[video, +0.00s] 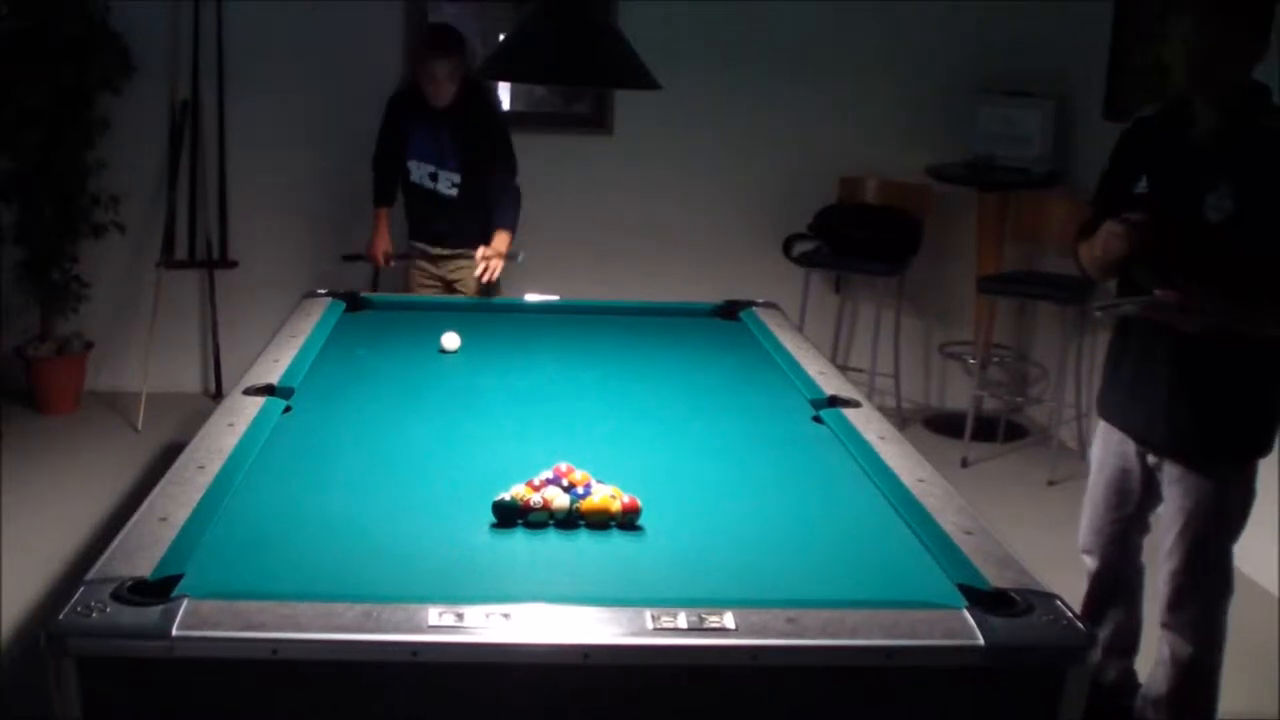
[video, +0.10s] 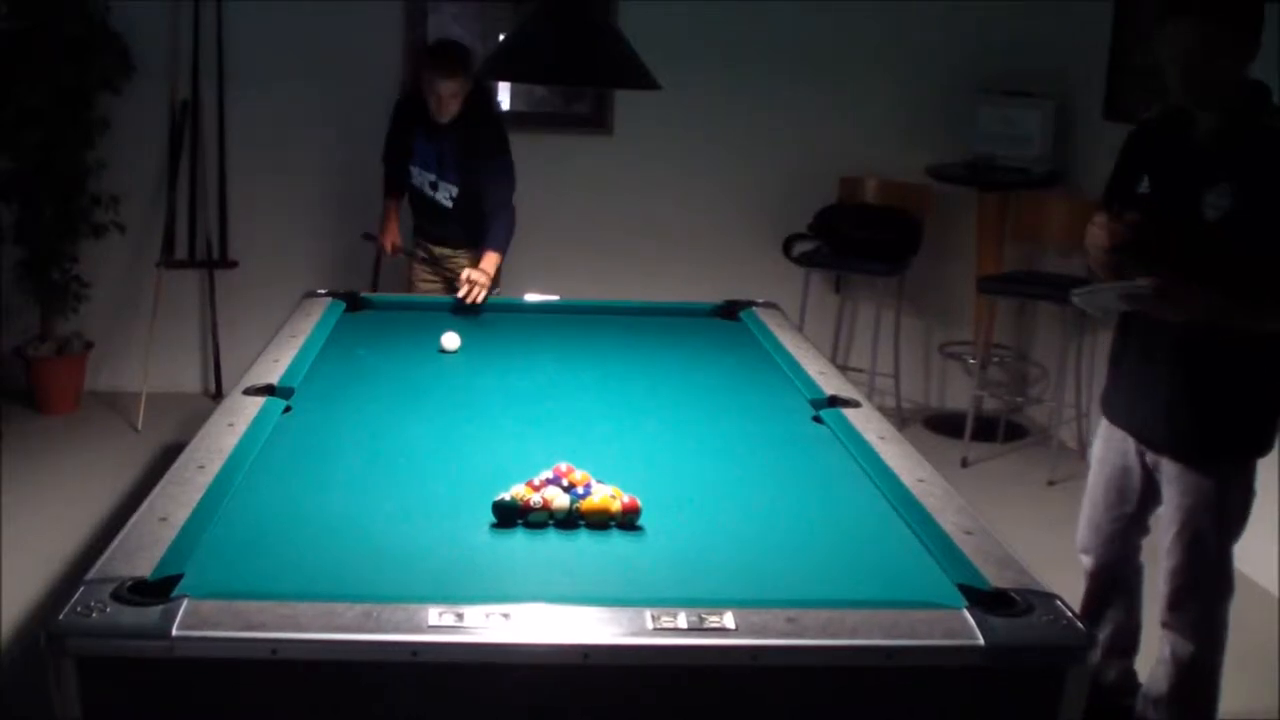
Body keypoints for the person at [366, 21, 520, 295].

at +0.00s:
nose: (440, 86)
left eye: (449, 77)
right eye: (431, 77)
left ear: (461, 74)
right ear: (418, 74)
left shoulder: (481, 112)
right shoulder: (403, 107)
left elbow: (505, 185)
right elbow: (384, 168)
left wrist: (499, 246)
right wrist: (381, 230)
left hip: (473, 258)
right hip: (422, 255)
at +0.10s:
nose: (444, 105)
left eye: (454, 96)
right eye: (436, 95)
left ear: (466, 91)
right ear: (424, 89)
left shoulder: (485, 125)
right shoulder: (409, 112)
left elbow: (501, 204)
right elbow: (395, 166)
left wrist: (486, 269)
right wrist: (391, 221)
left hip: (473, 255)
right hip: (425, 249)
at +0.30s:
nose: (444, 138)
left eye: (453, 130)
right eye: (437, 128)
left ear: (468, 123)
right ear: (425, 119)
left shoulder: (486, 151)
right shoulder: (413, 130)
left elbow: (494, 232)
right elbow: (402, 162)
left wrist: (467, 295)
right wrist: (399, 199)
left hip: (478, 243)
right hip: (434, 236)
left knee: (477, 323)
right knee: (429, 317)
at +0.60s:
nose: (433, 172)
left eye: (442, 163)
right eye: (426, 162)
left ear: (459, 149)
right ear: (416, 151)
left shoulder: (476, 172)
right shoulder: (404, 150)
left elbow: (490, 254)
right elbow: (401, 186)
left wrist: (460, 303)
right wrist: (402, 226)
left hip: (475, 241)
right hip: (435, 238)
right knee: (432, 309)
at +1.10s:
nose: (423, 211)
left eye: (433, 201)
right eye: (415, 201)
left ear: (448, 185)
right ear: (404, 190)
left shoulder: (468, 202)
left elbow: (488, 271)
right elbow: (388, 151)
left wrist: (458, 307)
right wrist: (392, 214)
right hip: (436, 242)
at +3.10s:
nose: (413, 206)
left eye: (421, 195)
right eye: (404, 196)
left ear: (436, 182)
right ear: (392, 188)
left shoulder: (460, 199)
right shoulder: (388, 171)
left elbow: (476, 261)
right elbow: (377, 163)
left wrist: (456, 308)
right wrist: (384, 231)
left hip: (491, 248)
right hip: (441, 245)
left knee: (486, 327)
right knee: (424, 320)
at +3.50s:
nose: (425, 191)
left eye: (435, 180)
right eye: (417, 181)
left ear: (450, 166)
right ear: (404, 171)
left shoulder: (472, 183)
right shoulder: (391, 166)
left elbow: (495, 260)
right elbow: (380, 162)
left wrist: (460, 309)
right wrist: (388, 228)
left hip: (474, 261)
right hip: (432, 257)